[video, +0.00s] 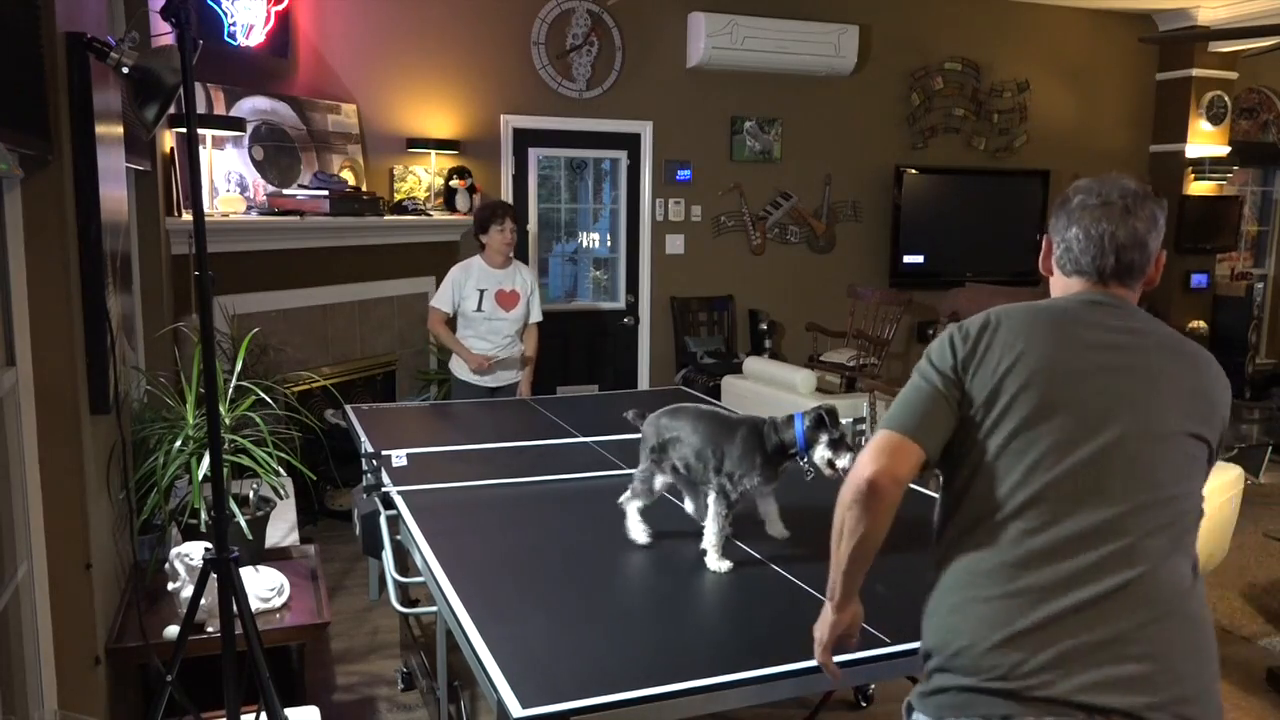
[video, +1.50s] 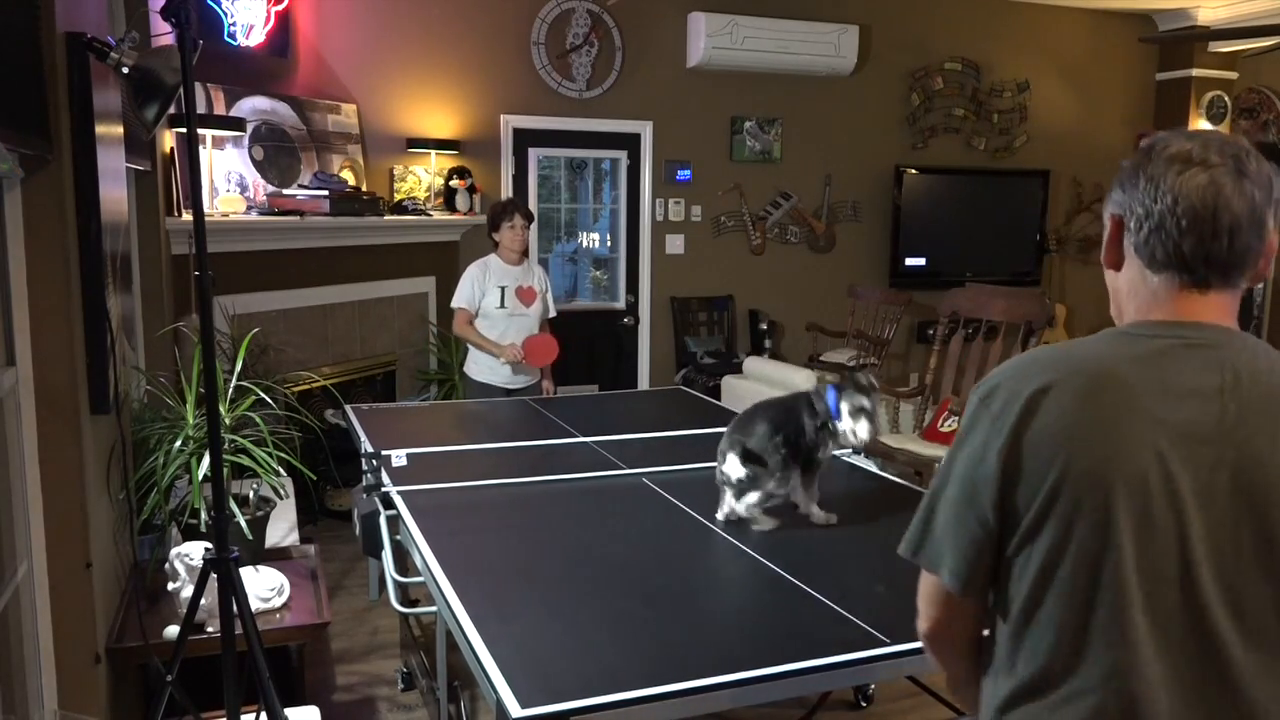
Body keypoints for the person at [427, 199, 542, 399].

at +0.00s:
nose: (509, 237)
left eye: (513, 231)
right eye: (501, 231)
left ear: (517, 233)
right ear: (483, 237)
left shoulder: (526, 276)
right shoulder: (461, 273)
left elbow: (531, 328)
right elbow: (435, 322)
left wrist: (527, 377)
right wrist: (468, 357)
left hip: (511, 381)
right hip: (468, 380)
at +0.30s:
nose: (527, 238)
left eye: (530, 231)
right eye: (518, 231)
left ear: (535, 233)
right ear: (501, 236)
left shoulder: (543, 273)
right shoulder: (480, 270)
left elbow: (550, 325)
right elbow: (444, 313)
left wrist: (549, 373)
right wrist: (483, 340)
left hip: (528, 379)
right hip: (485, 378)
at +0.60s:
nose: (528, 244)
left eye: (533, 237)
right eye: (520, 237)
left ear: (537, 238)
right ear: (502, 239)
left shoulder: (540, 275)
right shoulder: (479, 273)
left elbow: (543, 327)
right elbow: (444, 316)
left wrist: (543, 371)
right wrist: (482, 340)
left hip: (522, 379)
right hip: (481, 380)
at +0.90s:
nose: (527, 248)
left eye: (532, 241)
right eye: (518, 241)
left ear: (536, 244)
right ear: (501, 247)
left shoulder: (535, 280)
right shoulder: (486, 278)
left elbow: (530, 332)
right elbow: (497, 322)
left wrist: (527, 372)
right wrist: (528, 324)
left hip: (508, 373)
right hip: (471, 374)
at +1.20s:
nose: (523, 237)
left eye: (527, 231)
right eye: (514, 231)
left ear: (532, 236)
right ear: (498, 240)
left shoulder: (535, 277)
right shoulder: (483, 274)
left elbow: (536, 329)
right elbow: (479, 330)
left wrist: (534, 372)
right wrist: (518, 343)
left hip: (516, 377)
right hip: (477, 378)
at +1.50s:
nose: (520, 233)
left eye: (524, 227)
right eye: (511, 227)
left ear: (529, 232)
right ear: (496, 234)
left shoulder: (537, 274)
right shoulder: (479, 272)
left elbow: (543, 328)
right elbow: (460, 325)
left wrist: (546, 375)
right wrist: (499, 350)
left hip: (528, 382)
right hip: (485, 383)